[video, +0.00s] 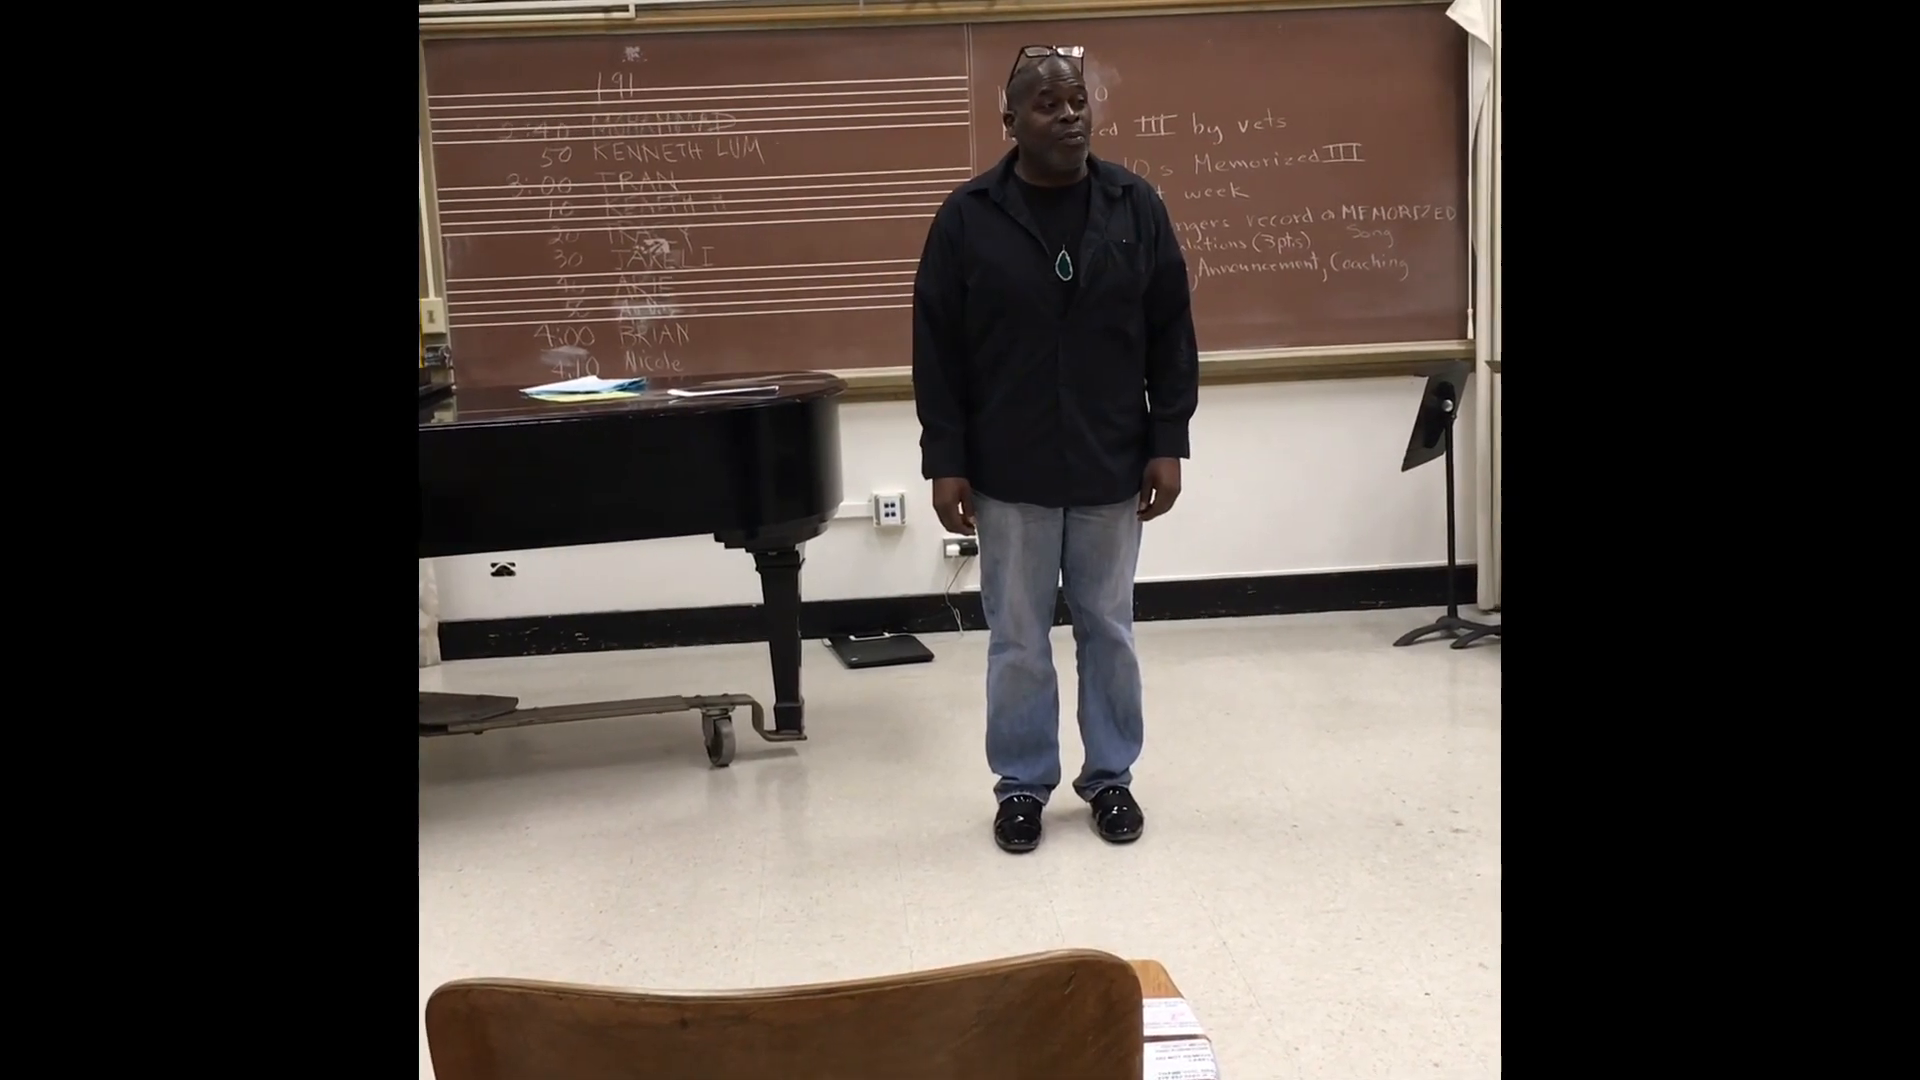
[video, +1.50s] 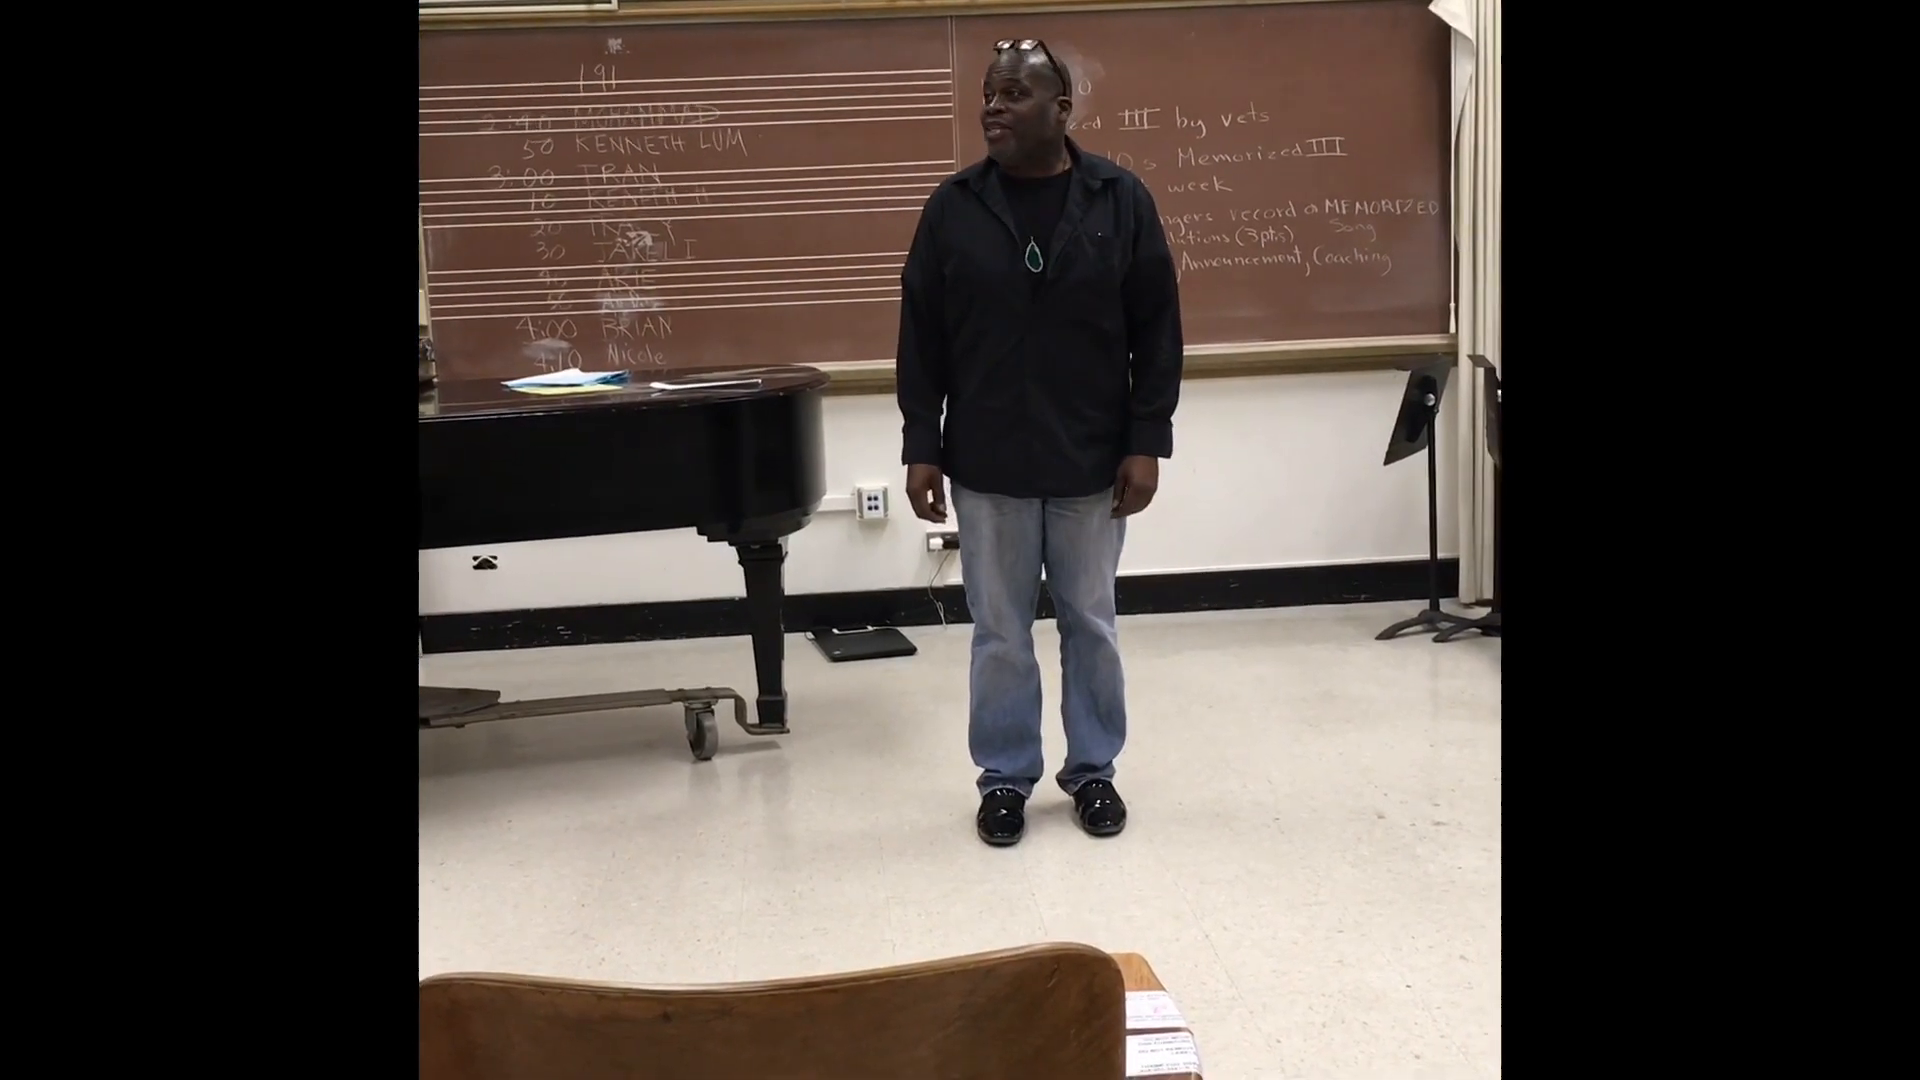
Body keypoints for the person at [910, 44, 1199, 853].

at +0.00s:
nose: (1067, 114)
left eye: (1077, 101)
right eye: (1047, 104)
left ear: (1093, 112)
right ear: (1011, 120)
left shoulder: (1135, 207)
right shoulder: (966, 217)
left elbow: (1171, 333)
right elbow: (935, 347)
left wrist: (1167, 446)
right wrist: (946, 463)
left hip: (1111, 457)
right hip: (1008, 463)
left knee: (1109, 629)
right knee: (1018, 637)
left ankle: (1110, 778)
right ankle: (1020, 785)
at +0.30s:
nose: (1061, 115)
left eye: (1072, 101)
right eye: (1041, 103)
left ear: (1089, 111)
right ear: (1007, 119)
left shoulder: (1134, 207)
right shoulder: (963, 216)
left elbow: (1169, 333)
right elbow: (933, 346)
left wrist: (1164, 445)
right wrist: (942, 462)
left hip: (1108, 457)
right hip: (1004, 462)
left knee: (1105, 629)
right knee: (1014, 636)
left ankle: (1107, 776)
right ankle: (1017, 783)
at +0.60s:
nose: (1052, 118)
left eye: (1065, 103)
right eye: (1033, 104)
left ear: (1084, 112)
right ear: (1003, 117)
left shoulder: (1131, 208)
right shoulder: (959, 216)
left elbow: (1165, 333)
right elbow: (929, 347)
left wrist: (1161, 445)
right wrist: (939, 463)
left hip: (1104, 458)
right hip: (1000, 463)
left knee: (1101, 629)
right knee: (1010, 636)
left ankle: (1103, 777)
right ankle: (1013, 783)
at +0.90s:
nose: (1029, 115)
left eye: (1047, 101)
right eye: (1014, 101)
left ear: (1078, 109)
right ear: (995, 113)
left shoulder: (1126, 206)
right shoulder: (955, 213)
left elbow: (1162, 333)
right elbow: (924, 344)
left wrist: (1157, 445)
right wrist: (931, 459)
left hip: (1097, 457)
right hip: (993, 462)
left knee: (1096, 628)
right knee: (1004, 635)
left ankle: (1098, 776)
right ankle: (1007, 784)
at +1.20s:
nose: (1006, 111)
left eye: (1026, 99)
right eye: (998, 98)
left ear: (1068, 109)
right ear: (987, 109)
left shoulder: (1120, 203)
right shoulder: (951, 211)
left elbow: (1157, 330)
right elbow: (920, 339)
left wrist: (1149, 446)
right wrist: (926, 454)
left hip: (1092, 455)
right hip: (988, 459)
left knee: (1091, 626)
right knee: (1000, 632)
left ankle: (1093, 774)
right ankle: (1003, 780)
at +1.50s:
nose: (994, 107)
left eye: (1013, 95)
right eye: (990, 95)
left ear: (1063, 107)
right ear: (984, 106)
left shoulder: (1120, 200)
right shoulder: (953, 207)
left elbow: (1156, 330)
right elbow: (921, 334)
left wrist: (1146, 445)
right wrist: (921, 449)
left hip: (1091, 452)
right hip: (988, 454)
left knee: (1090, 623)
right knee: (1000, 629)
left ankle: (1093, 771)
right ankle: (1003, 777)